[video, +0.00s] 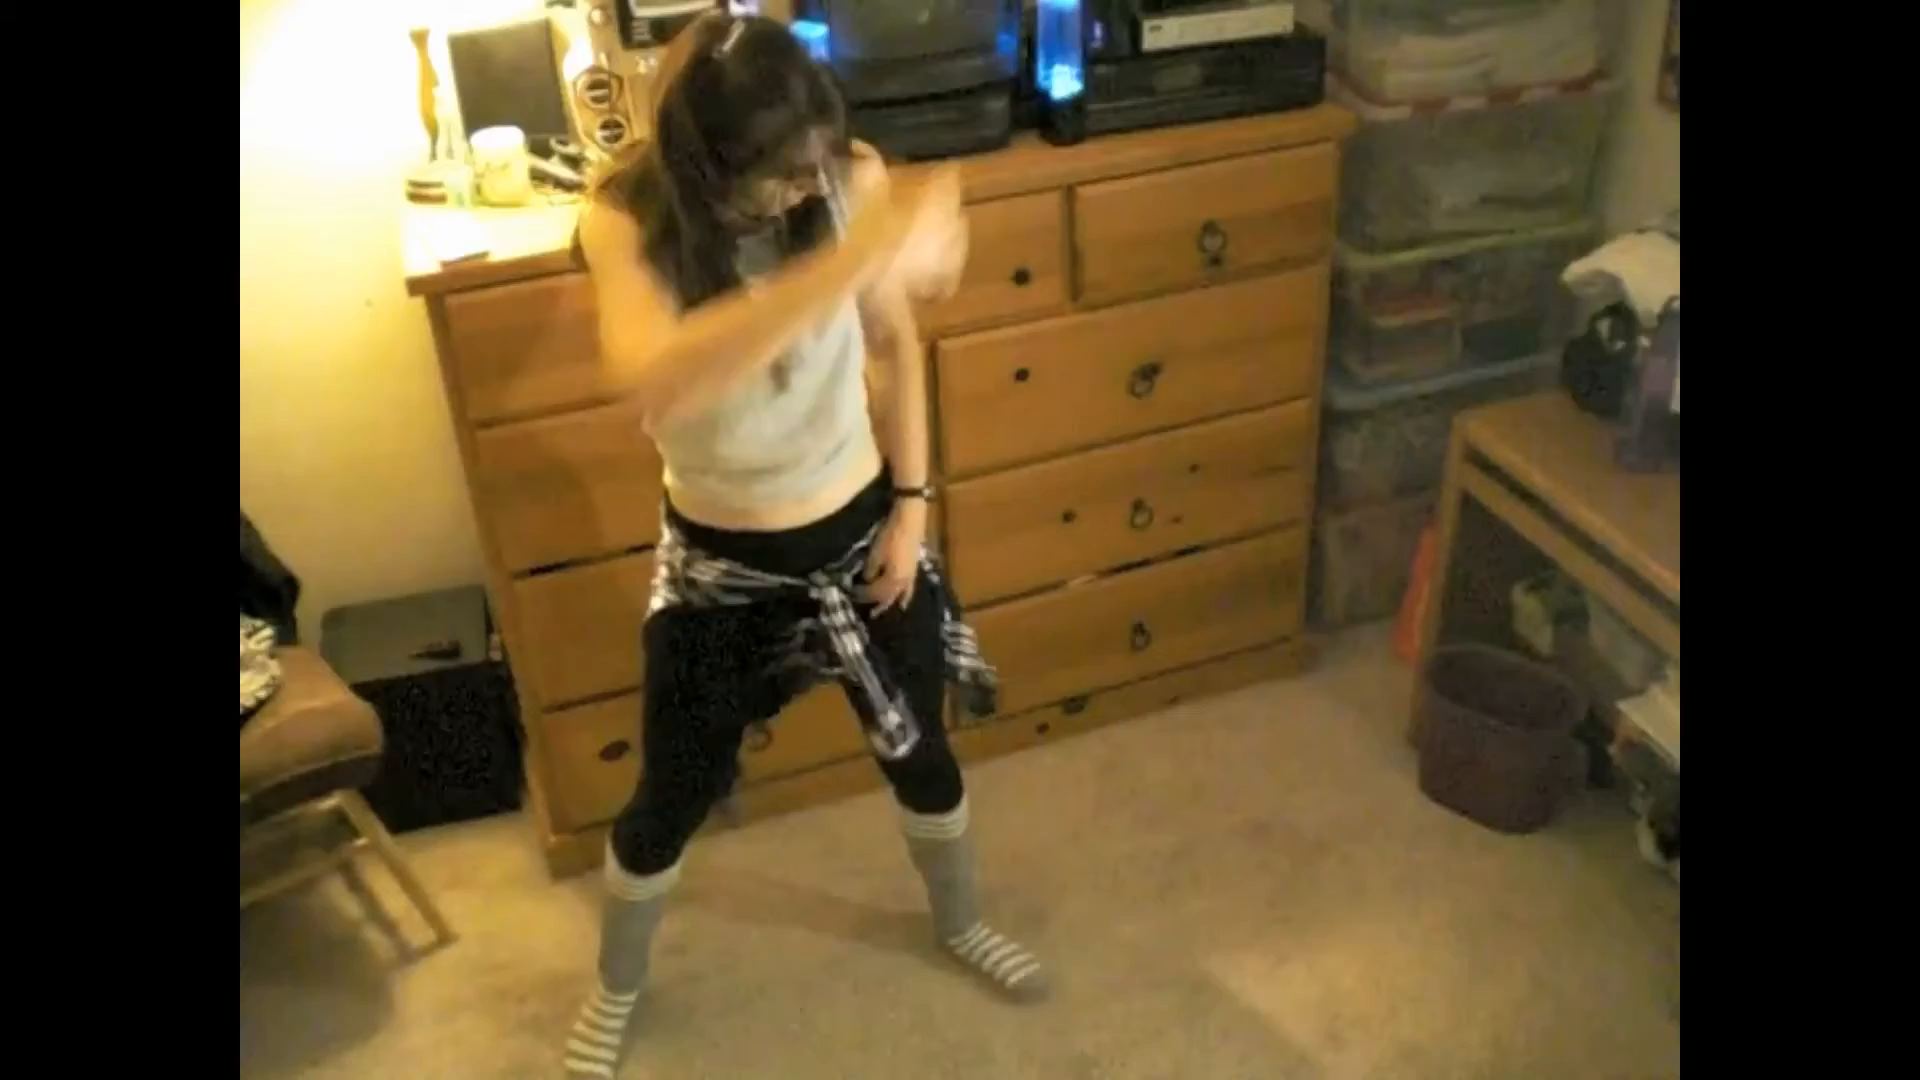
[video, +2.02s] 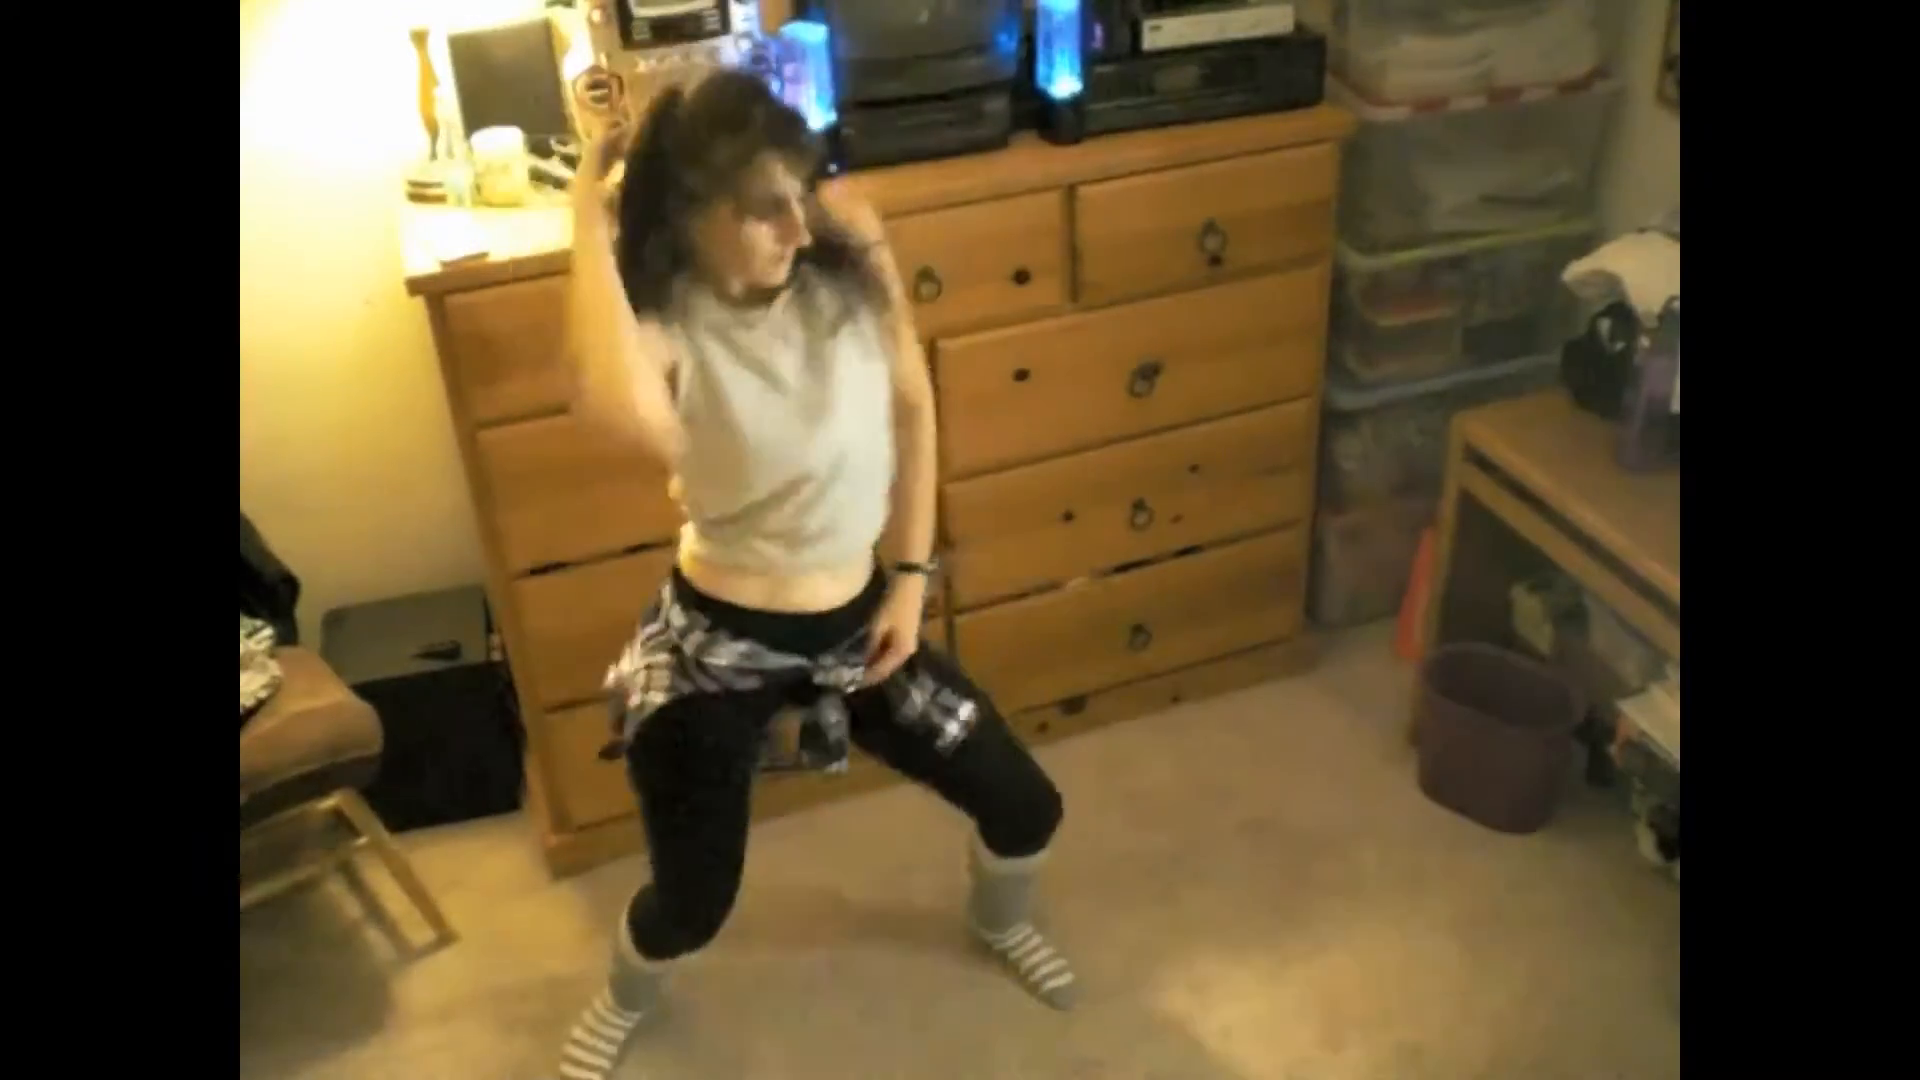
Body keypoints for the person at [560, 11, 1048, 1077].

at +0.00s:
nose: (803, 193)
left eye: (817, 170)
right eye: (778, 179)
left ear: (832, 131)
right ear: (708, 163)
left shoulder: (850, 181)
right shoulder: (625, 217)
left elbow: (894, 343)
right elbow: (653, 383)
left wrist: (911, 503)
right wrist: (861, 258)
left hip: (860, 530)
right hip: (716, 557)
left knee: (921, 752)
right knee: (670, 797)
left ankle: (961, 927)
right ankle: (615, 991)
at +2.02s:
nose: (795, 228)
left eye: (800, 200)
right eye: (761, 211)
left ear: (812, 189)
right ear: (685, 220)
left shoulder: (852, 271)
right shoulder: (662, 325)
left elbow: (914, 406)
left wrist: (910, 574)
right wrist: (594, 240)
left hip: (859, 627)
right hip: (716, 646)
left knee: (1026, 810)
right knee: (693, 903)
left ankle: (1001, 920)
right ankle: (618, 1003)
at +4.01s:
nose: (882, 227)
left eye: (900, 195)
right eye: (848, 201)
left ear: (926, 199)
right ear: (795, 211)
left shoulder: (942, 322)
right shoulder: (737, 287)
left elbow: (944, 465)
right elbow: (682, 470)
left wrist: (937, 579)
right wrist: (718, 644)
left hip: (898, 622)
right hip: (760, 641)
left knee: (977, 806)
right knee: (641, 865)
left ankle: (1008, 928)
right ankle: (600, 1012)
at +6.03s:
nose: (948, 231)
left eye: (964, 199)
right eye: (911, 204)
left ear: (988, 204)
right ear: (835, 219)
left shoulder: (1034, 322)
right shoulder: (766, 343)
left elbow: (1222, 436)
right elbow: (593, 483)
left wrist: (1391, 535)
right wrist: (384, 558)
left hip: (985, 646)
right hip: (842, 685)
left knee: (1056, 823)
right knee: (946, 954)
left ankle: (1025, 923)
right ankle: (880, 1052)